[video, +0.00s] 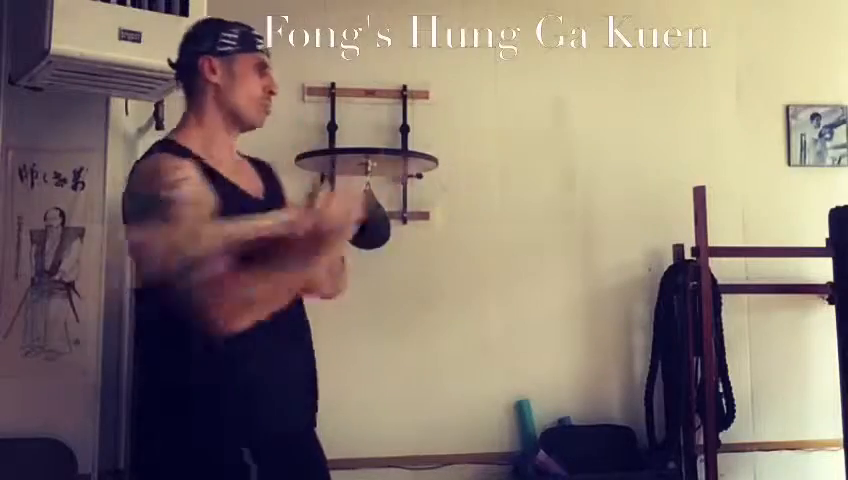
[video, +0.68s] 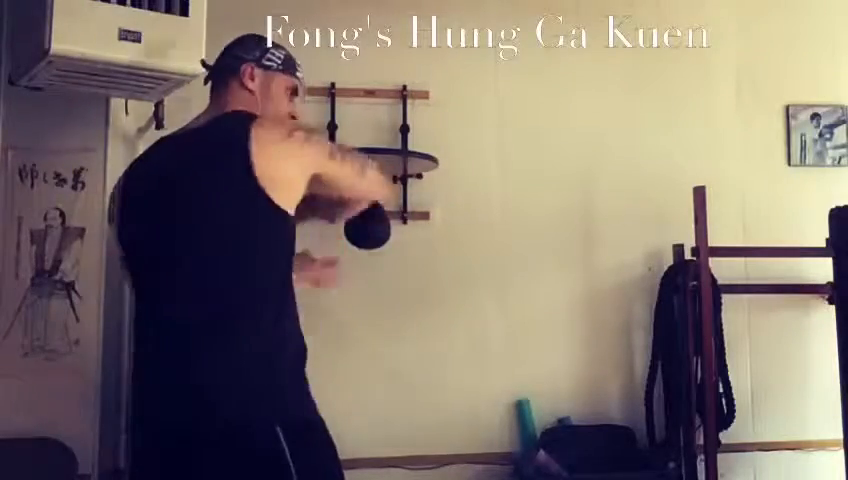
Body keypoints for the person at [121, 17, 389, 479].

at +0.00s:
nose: (273, 86)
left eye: (269, 71)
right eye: (260, 69)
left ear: (215, 71)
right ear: (211, 70)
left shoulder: (262, 175)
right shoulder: (165, 174)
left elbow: (332, 281)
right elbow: (223, 310)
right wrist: (315, 251)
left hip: (280, 423)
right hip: (198, 431)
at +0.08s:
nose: (285, 91)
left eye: (283, 77)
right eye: (273, 74)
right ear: (224, 72)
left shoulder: (285, 183)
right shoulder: (157, 176)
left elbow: (337, 282)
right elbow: (138, 311)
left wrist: (272, 276)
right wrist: (246, 305)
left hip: (281, 428)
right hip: (187, 433)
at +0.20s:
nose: (310, 104)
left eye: (310, 91)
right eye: (301, 86)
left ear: (260, 81)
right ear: (255, 78)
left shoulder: (307, 188)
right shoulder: (158, 165)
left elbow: (331, 289)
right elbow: (40, 227)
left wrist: (240, 289)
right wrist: (73, 280)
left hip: (272, 423)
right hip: (176, 424)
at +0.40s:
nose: (304, 126)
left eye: (306, 109)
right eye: (297, 104)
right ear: (250, 88)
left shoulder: (266, 185)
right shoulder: (181, 141)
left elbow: (326, 275)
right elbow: (260, 93)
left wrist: (282, 241)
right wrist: (348, 150)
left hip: (263, 393)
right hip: (184, 397)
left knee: (302, 471)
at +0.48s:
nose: (295, 108)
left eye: (296, 96)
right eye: (286, 91)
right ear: (244, 86)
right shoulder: (207, 140)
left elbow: (286, 298)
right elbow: (380, 139)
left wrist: (330, 224)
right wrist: (405, 230)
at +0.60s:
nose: (293, 116)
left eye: (294, 103)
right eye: (289, 98)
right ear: (250, 82)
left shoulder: (142, 173)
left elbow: (229, 285)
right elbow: (381, 186)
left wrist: (331, 250)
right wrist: (369, 231)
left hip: (159, 417)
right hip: (251, 414)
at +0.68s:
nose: (296, 111)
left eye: (296, 96)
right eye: (291, 92)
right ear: (250, 77)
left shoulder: (138, 172)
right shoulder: (277, 144)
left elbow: (185, 269)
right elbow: (375, 188)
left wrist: (290, 269)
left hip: (163, 414)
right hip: (260, 414)